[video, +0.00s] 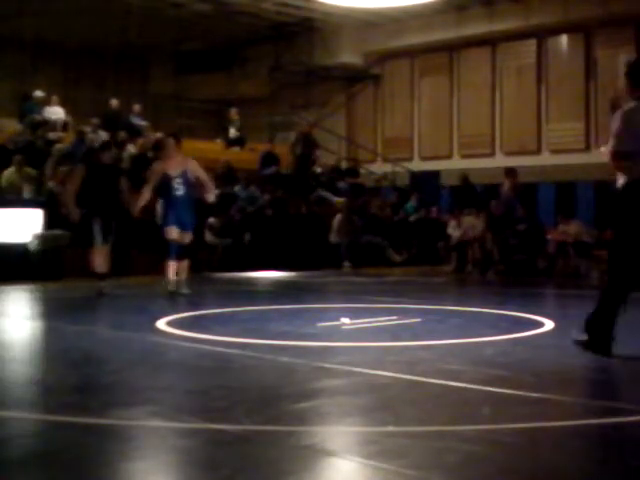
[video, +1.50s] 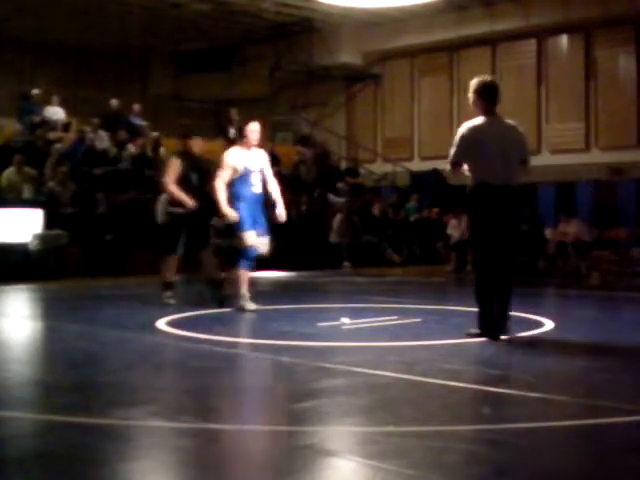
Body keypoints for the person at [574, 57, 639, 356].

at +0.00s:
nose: (624, 86)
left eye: (627, 80)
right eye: (627, 81)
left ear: (631, 83)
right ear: (637, 83)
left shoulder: (629, 114)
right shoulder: (629, 114)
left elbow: (616, 155)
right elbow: (614, 153)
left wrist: (604, 149)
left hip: (631, 200)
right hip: (632, 200)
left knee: (621, 269)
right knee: (620, 269)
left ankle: (600, 333)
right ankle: (600, 332)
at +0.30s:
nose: (582, 86)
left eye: (584, 81)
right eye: (586, 81)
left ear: (586, 84)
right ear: (609, 84)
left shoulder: (581, 118)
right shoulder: (626, 116)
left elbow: (567, 158)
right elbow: (635, 151)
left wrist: (591, 155)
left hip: (594, 195)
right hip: (626, 193)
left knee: (590, 265)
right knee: (617, 262)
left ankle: (596, 339)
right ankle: (627, 321)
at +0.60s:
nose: (550, 92)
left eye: (553, 88)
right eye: (552, 87)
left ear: (559, 94)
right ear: (580, 95)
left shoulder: (546, 126)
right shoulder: (591, 126)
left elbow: (531, 165)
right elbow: (601, 162)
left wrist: (557, 167)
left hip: (557, 204)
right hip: (588, 202)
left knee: (570, 270)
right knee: (567, 269)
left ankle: (594, 338)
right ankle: (547, 328)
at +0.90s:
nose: (527, 91)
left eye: (530, 87)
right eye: (530, 86)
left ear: (534, 91)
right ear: (554, 93)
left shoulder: (525, 122)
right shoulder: (563, 126)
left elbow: (512, 156)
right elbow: (564, 159)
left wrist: (523, 165)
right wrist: (534, 161)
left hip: (531, 194)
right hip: (558, 194)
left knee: (517, 256)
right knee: (552, 261)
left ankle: (523, 318)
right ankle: (546, 328)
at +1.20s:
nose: (494, 98)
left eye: (496, 94)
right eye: (496, 93)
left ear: (501, 97)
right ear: (521, 99)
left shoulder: (494, 129)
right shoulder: (535, 131)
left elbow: (482, 163)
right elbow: (540, 164)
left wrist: (499, 170)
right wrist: (512, 167)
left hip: (502, 199)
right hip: (530, 200)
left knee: (494, 261)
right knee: (534, 264)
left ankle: (489, 325)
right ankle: (543, 328)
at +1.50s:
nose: (471, 101)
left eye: (472, 97)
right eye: (472, 96)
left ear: (476, 100)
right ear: (497, 100)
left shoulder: (469, 131)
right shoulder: (513, 131)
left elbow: (454, 165)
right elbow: (525, 162)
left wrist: (470, 166)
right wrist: (503, 163)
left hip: (481, 199)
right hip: (509, 200)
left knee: (483, 260)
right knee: (504, 259)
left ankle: (487, 325)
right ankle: (500, 322)